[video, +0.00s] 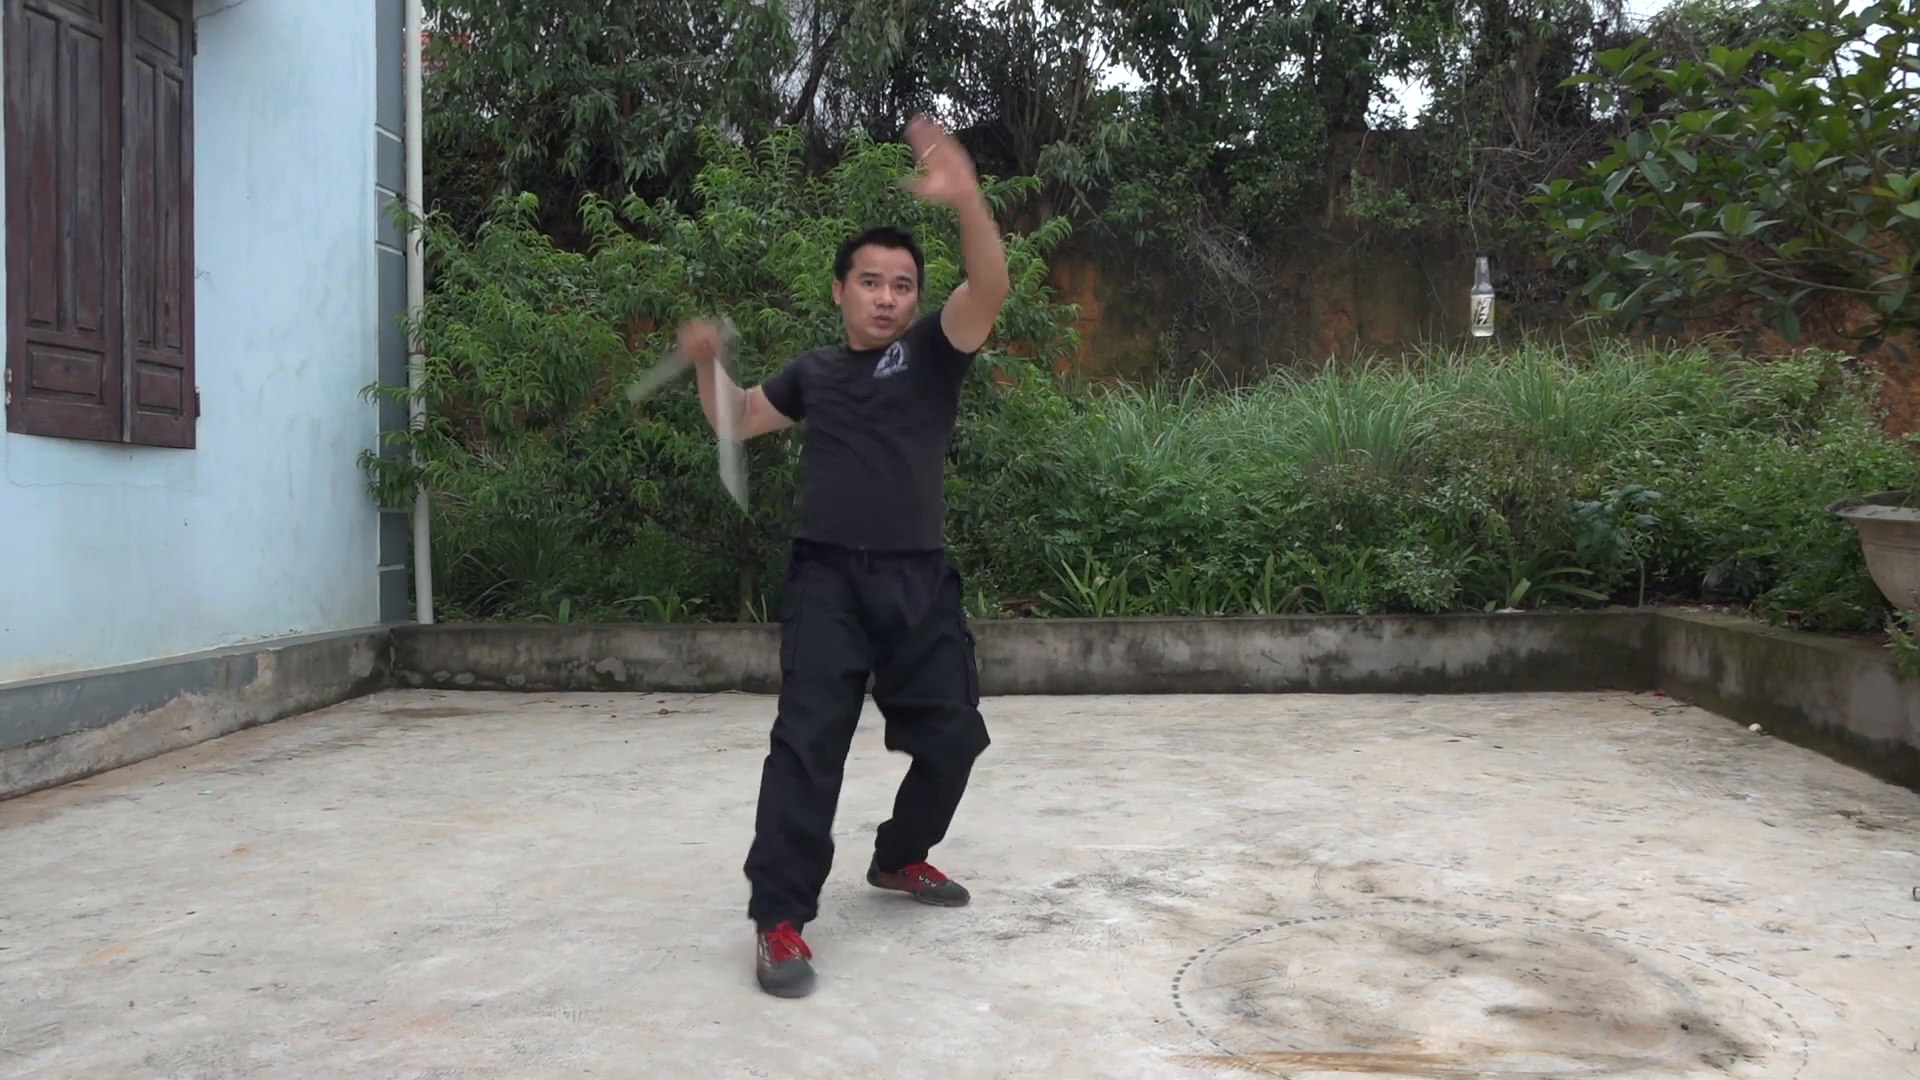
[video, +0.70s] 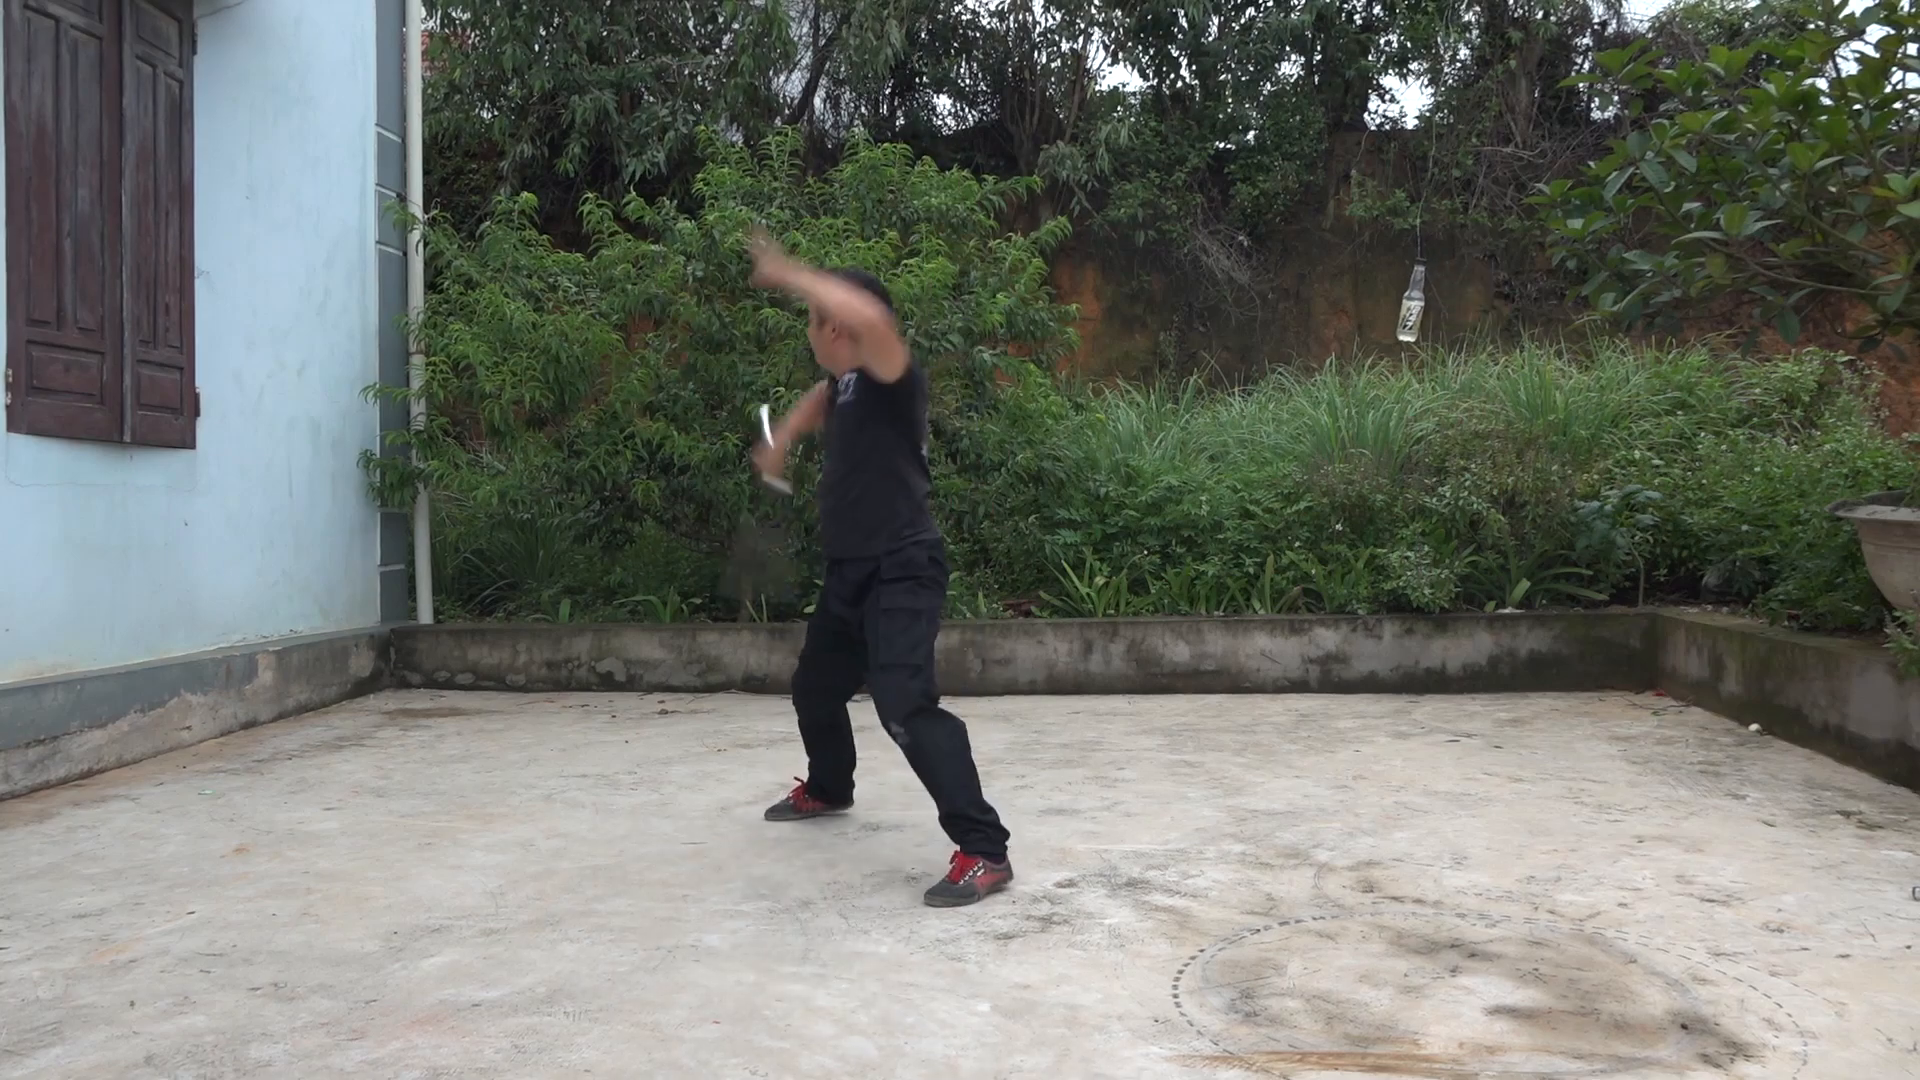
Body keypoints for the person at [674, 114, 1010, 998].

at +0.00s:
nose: (887, 298)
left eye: (901, 286)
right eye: (871, 282)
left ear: (918, 297)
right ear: (841, 293)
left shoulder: (931, 355)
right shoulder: (812, 373)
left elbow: (987, 288)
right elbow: (737, 421)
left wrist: (968, 200)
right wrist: (708, 366)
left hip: (918, 583)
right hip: (828, 582)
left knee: (953, 735)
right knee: (807, 741)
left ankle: (899, 860)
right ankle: (780, 918)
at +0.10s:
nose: (890, 287)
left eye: (904, 276)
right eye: (875, 273)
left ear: (919, 291)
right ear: (843, 284)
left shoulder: (946, 356)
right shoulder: (817, 371)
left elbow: (1011, 348)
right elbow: (723, 423)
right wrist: (726, 327)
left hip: (932, 573)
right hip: (841, 570)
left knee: (947, 730)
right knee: (820, 719)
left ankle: (898, 862)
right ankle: (763, 877)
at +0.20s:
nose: (894, 293)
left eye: (909, 281)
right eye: (879, 279)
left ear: (927, 298)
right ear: (853, 292)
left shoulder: (956, 373)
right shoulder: (820, 363)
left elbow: (1000, 463)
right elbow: (718, 371)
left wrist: (929, 484)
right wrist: (749, 276)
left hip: (939, 587)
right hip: (844, 583)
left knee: (961, 727)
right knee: (796, 724)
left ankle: (899, 862)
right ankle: (771, 807)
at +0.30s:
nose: (883, 310)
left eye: (900, 300)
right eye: (871, 297)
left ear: (926, 321)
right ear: (853, 311)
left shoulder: (945, 404)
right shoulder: (824, 366)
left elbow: (970, 495)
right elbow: (748, 318)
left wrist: (979, 570)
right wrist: (725, 241)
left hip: (927, 600)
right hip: (836, 593)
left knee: (962, 725)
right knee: (799, 725)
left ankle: (897, 863)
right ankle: (794, 782)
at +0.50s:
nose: (828, 316)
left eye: (841, 307)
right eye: (831, 304)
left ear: (883, 324)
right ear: (864, 321)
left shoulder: (931, 398)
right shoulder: (805, 375)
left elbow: (1023, 441)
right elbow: (705, 365)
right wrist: (644, 295)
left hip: (904, 587)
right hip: (825, 586)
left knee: (926, 699)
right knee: (820, 691)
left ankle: (899, 860)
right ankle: (826, 782)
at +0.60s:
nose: (813, 313)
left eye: (820, 303)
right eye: (815, 303)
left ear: (853, 314)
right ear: (849, 314)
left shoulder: (915, 371)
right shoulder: (814, 371)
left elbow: (1003, 352)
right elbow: (738, 380)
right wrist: (668, 335)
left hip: (901, 571)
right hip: (830, 571)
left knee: (910, 696)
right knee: (821, 690)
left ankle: (945, 848)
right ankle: (824, 784)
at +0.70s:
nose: (820, 333)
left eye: (831, 322)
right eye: (816, 321)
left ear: (867, 326)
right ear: (818, 330)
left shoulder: (895, 386)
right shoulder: (839, 388)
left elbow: (870, 319)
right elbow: (813, 404)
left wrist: (788, 273)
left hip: (905, 569)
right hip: (849, 573)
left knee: (905, 703)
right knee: (816, 688)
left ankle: (983, 849)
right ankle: (829, 788)